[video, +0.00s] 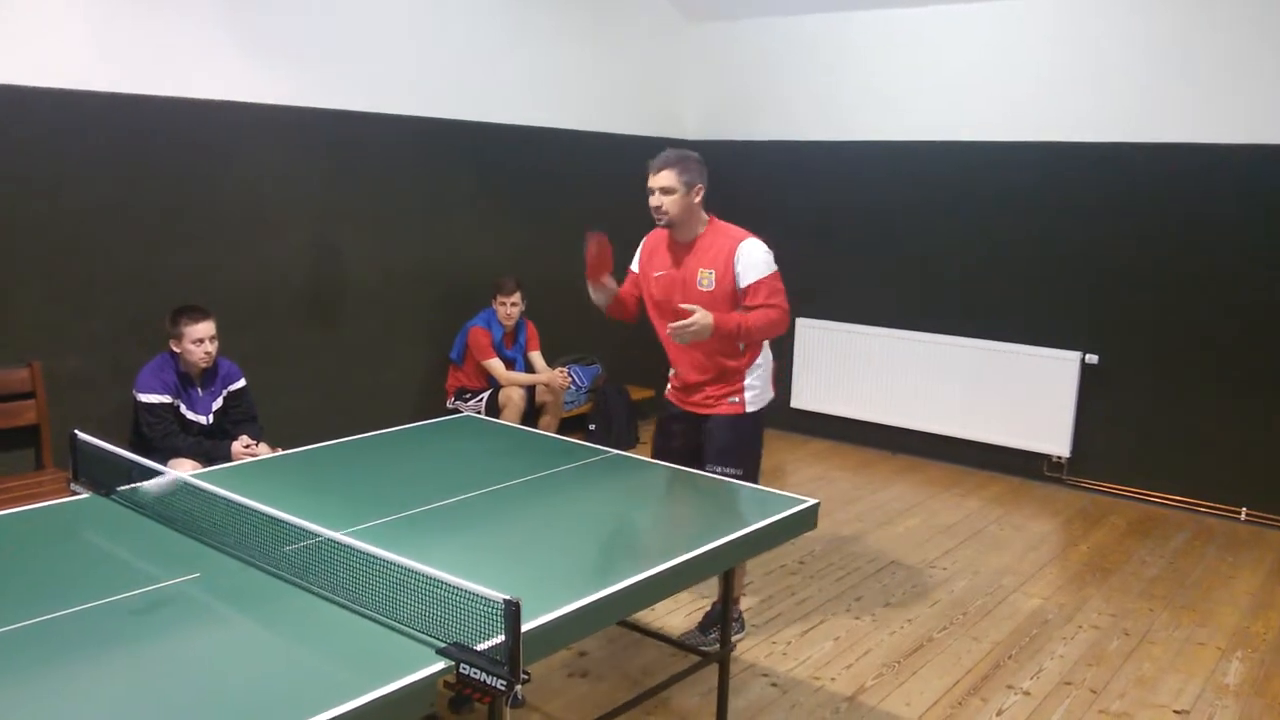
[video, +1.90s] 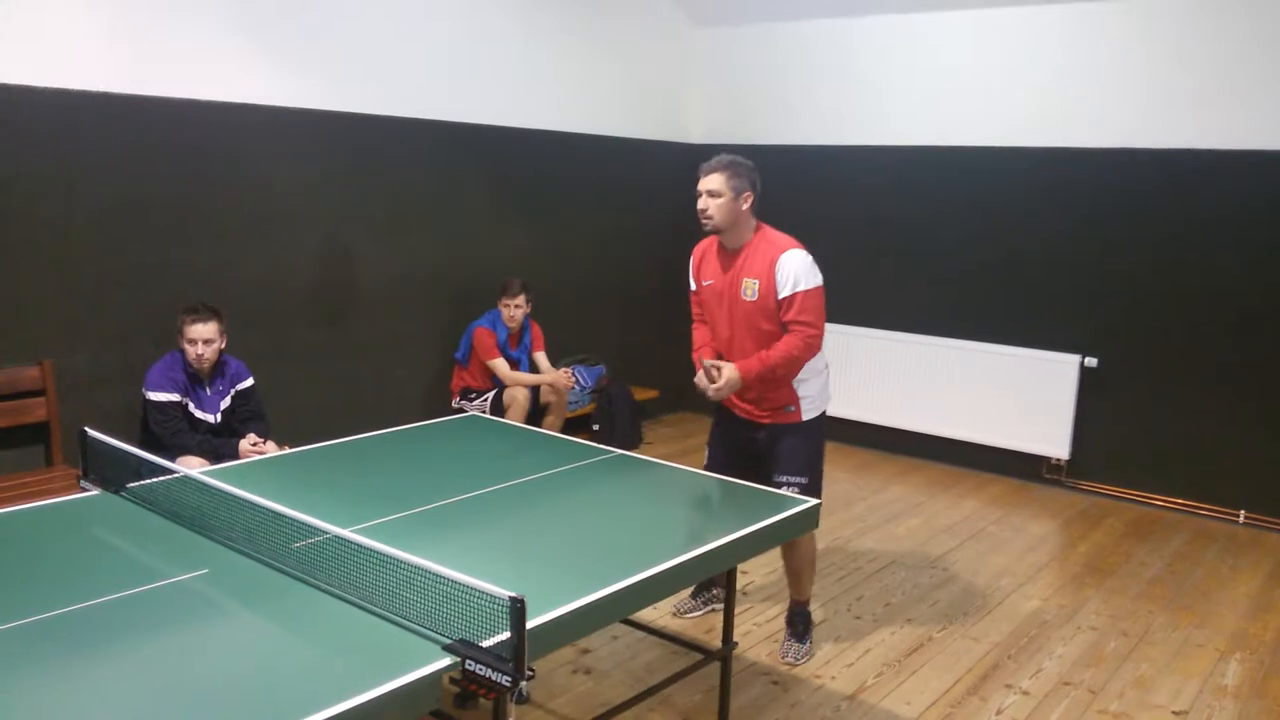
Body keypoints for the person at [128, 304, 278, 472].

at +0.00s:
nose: (208, 350)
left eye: (212, 340)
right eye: (198, 343)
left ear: (218, 340)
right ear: (176, 345)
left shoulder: (228, 372)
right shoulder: (152, 381)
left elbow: (245, 420)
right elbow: (166, 442)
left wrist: (245, 438)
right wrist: (227, 451)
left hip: (218, 451)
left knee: (264, 454)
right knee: (187, 470)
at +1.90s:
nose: (199, 352)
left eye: (208, 343)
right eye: (191, 343)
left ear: (222, 342)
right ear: (181, 342)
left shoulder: (235, 371)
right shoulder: (161, 377)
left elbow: (251, 419)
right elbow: (174, 440)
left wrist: (251, 438)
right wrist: (234, 449)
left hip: (226, 450)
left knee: (270, 450)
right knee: (195, 467)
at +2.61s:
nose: (203, 353)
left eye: (210, 344)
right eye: (194, 345)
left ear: (218, 342)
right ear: (177, 344)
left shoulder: (231, 373)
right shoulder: (156, 380)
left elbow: (246, 419)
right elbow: (169, 442)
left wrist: (247, 438)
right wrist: (229, 450)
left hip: (222, 450)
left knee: (266, 452)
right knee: (190, 468)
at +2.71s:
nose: (208, 353)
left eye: (213, 343)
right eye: (199, 345)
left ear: (220, 341)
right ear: (177, 345)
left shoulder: (231, 373)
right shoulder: (156, 380)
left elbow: (247, 420)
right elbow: (170, 442)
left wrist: (247, 438)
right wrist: (229, 450)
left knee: (266, 451)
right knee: (191, 468)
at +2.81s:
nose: (211, 353)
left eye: (215, 343)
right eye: (201, 345)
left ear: (220, 341)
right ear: (178, 345)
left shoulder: (230, 372)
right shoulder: (155, 379)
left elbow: (246, 419)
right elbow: (169, 441)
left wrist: (247, 437)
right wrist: (229, 449)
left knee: (265, 452)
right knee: (191, 468)